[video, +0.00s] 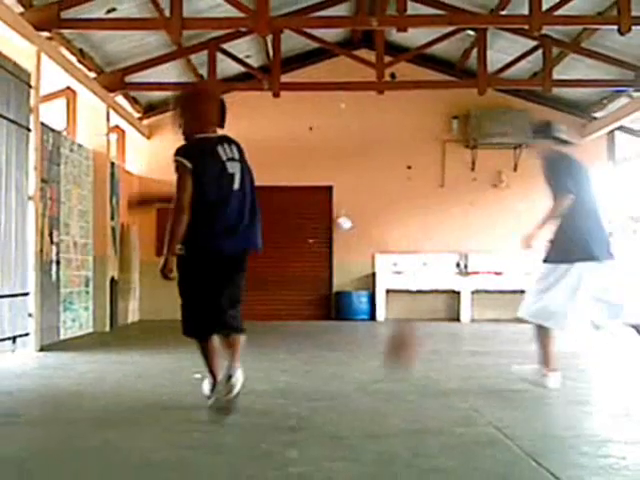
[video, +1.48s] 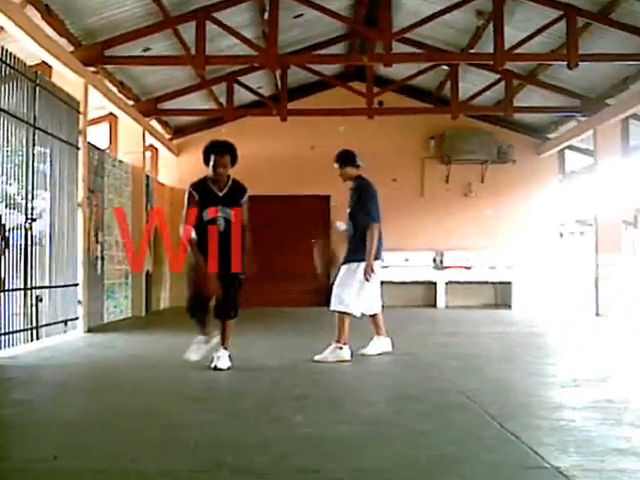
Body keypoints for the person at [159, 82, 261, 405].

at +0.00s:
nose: (179, 122)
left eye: (181, 115)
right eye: (179, 115)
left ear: (191, 117)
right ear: (216, 117)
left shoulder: (188, 153)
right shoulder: (233, 147)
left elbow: (183, 206)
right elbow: (245, 197)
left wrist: (170, 251)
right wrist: (245, 239)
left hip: (201, 246)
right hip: (236, 244)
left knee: (199, 315)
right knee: (230, 310)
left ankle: (215, 376)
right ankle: (234, 367)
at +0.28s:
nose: (189, 133)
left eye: (192, 126)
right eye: (188, 127)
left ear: (208, 124)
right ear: (213, 125)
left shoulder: (206, 160)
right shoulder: (233, 153)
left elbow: (202, 211)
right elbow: (239, 201)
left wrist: (186, 254)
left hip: (214, 244)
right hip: (238, 240)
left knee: (201, 305)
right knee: (227, 301)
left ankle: (228, 368)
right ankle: (248, 345)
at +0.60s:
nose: (201, 161)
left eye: (208, 156)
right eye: (198, 155)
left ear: (221, 159)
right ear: (194, 159)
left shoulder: (229, 189)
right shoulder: (199, 190)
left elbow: (253, 224)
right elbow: (209, 224)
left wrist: (217, 241)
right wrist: (203, 244)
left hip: (234, 263)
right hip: (212, 262)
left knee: (215, 327)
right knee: (206, 324)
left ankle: (250, 366)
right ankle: (236, 364)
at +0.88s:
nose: (201, 136)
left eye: (207, 131)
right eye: (197, 131)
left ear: (221, 134)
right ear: (194, 135)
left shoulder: (238, 160)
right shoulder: (186, 164)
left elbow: (270, 175)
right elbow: (159, 185)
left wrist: (262, 213)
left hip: (231, 237)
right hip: (203, 239)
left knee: (214, 296)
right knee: (211, 298)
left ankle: (218, 353)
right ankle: (229, 352)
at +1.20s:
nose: (209, 157)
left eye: (214, 152)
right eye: (205, 152)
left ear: (223, 154)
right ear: (198, 154)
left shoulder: (235, 186)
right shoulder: (183, 182)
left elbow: (249, 219)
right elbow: (167, 211)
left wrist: (263, 241)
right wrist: (172, 240)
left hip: (225, 262)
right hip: (194, 261)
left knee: (218, 316)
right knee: (193, 317)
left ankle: (215, 363)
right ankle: (208, 351)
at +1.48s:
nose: (222, 171)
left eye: (226, 166)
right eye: (218, 166)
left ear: (232, 166)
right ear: (210, 165)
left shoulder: (240, 191)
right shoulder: (197, 189)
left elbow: (246, 226)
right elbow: (188, 227)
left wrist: (248, 257)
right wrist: (197, 259)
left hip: (231, 259)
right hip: (204, 258)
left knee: (227, 306)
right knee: (197, 304)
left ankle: (224, 348)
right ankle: (206, 336)